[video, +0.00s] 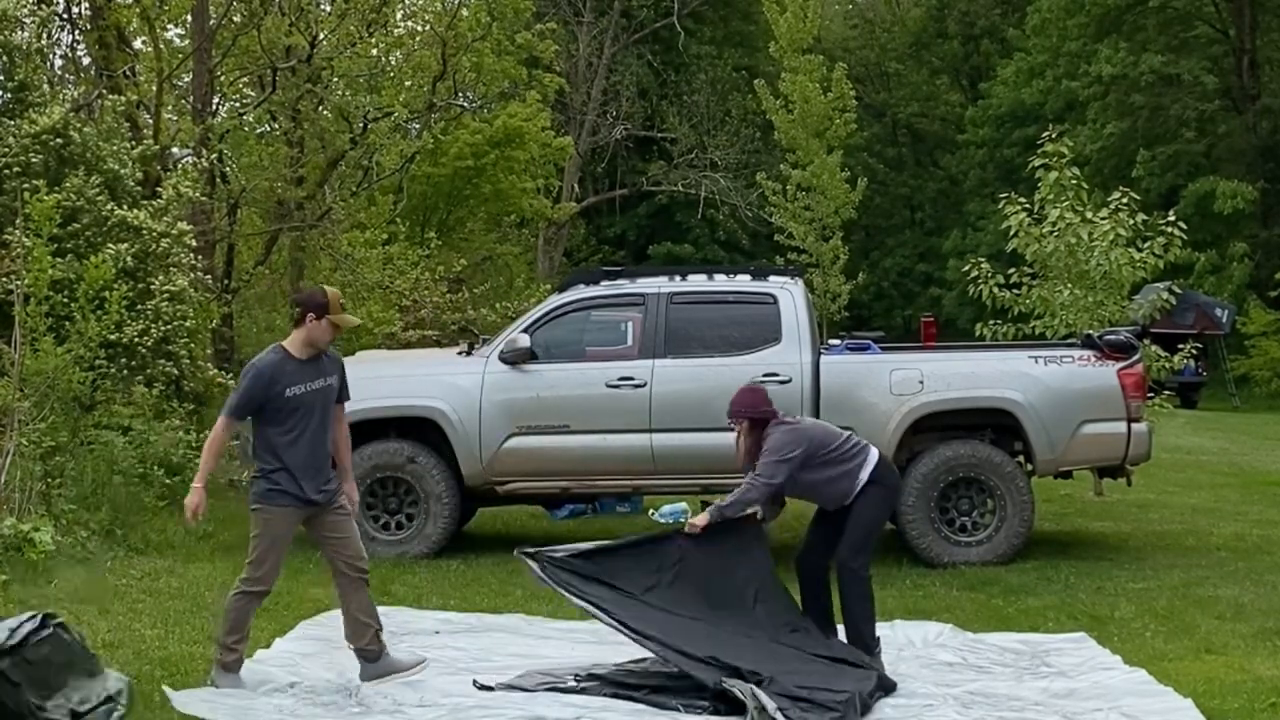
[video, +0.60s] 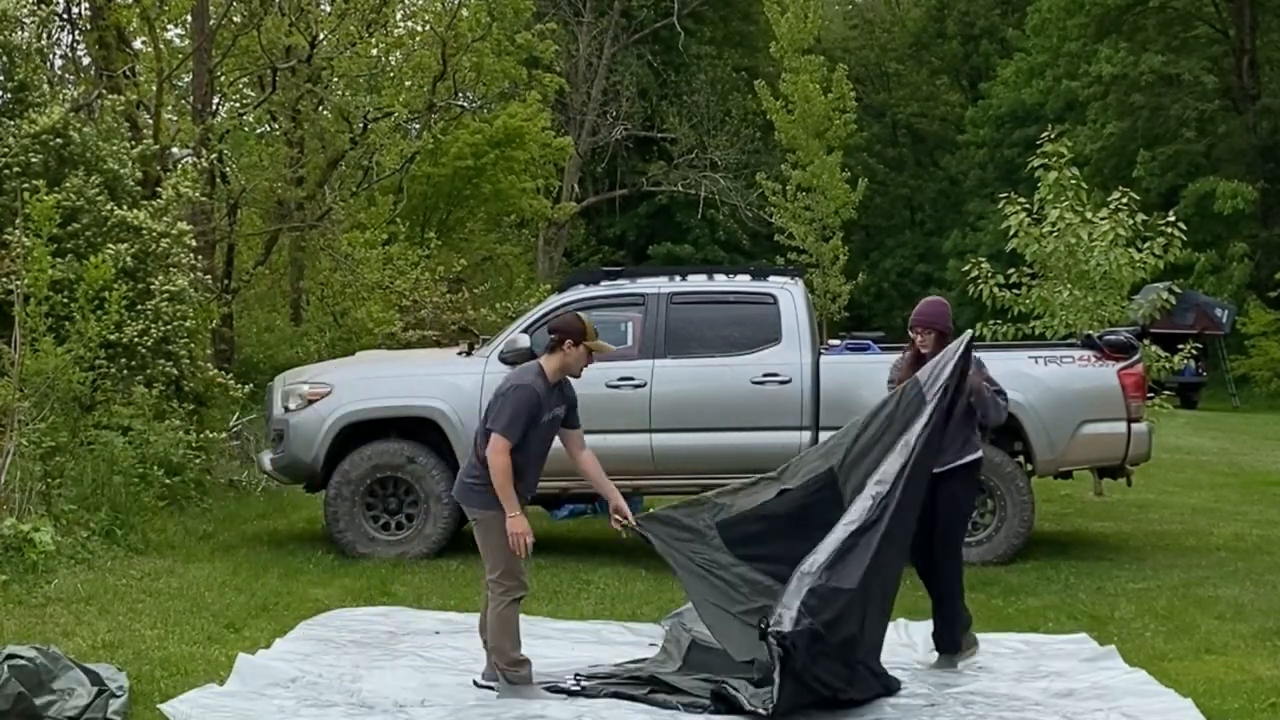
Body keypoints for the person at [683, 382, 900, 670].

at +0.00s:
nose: (734, 428)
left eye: (737, 421)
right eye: (733, 422)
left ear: (750, 421)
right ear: (757, 419)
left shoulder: (784, 436)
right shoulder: (767, 442)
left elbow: (759, 486)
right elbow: (775, 499)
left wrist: (710, 514)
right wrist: (756, 513)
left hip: (875, 481)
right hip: (841, 492)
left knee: (849, 562)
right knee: (810, 562)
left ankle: (866, 660)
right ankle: (822, 649)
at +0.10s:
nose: (748, 388)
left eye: (752, 381)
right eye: (746, 382)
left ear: (771, 381)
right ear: (764, 384)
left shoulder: (803, 402)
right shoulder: (766, 413)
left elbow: (824, 454)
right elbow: (765, 466)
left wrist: (776, 465)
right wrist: (754, 433)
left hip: (869, 473)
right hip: (833, 484)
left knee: (849, 556)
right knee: (811, 560)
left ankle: (866, 654)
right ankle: (823, 648)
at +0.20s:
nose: (789, 360)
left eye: (796, 353)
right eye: (783, 354)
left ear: (810, 352)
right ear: (776, 356)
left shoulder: (834, 380)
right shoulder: (780, 389)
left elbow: (859, 432)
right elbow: (768, 436)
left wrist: (820, 448)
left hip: (871, 466)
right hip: (833, 475)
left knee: (850, 546)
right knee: (819, 549)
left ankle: (891, 632)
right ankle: (825, 634)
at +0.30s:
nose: (846, 346)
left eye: (853, 340)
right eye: (840, 339)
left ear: (864, 339)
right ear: (830, 338)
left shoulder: (882, 371)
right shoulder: (817, 371)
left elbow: (899, 429)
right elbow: (798, 418)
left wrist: (860, 448)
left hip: (889, 469)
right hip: (843, 475)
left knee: (892, 556)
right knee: (827, 556)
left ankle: (933, 638)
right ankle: (824, 646)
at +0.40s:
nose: (892, 343)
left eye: (899, 336)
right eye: (886, 336)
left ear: (913, 337)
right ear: (878, 337)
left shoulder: (933, 375)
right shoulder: (866, 373)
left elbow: (939, 433)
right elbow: (846, 417)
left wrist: (896, 451)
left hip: (925, 474)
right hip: (881, 475)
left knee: (926, 558)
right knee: (844, 549)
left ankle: (942, 652)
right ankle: (833, 645)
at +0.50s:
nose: (904, 337)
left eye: (910, 330)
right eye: (902, 330)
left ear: (929, 330)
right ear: (904, 331)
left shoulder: (959, 367)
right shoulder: (901, 367)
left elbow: (982, 420)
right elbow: (881, 414)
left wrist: (947, 425)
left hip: (950, 471)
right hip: (908, 470)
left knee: (943, 555)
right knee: (876, 538)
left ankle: (946, 650)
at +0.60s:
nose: (921, 338)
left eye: (928, 331)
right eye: (917, 331)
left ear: (945, 333)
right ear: (910, 332)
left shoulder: (967, 365)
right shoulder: (903, 368)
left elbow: (996, 414)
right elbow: (897, 419)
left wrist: (974, 384)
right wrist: (907, 381)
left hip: (958, 471)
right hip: (916, 473)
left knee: (945, 554)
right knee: (920, 553)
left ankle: (947, 649)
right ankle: (961, 628)